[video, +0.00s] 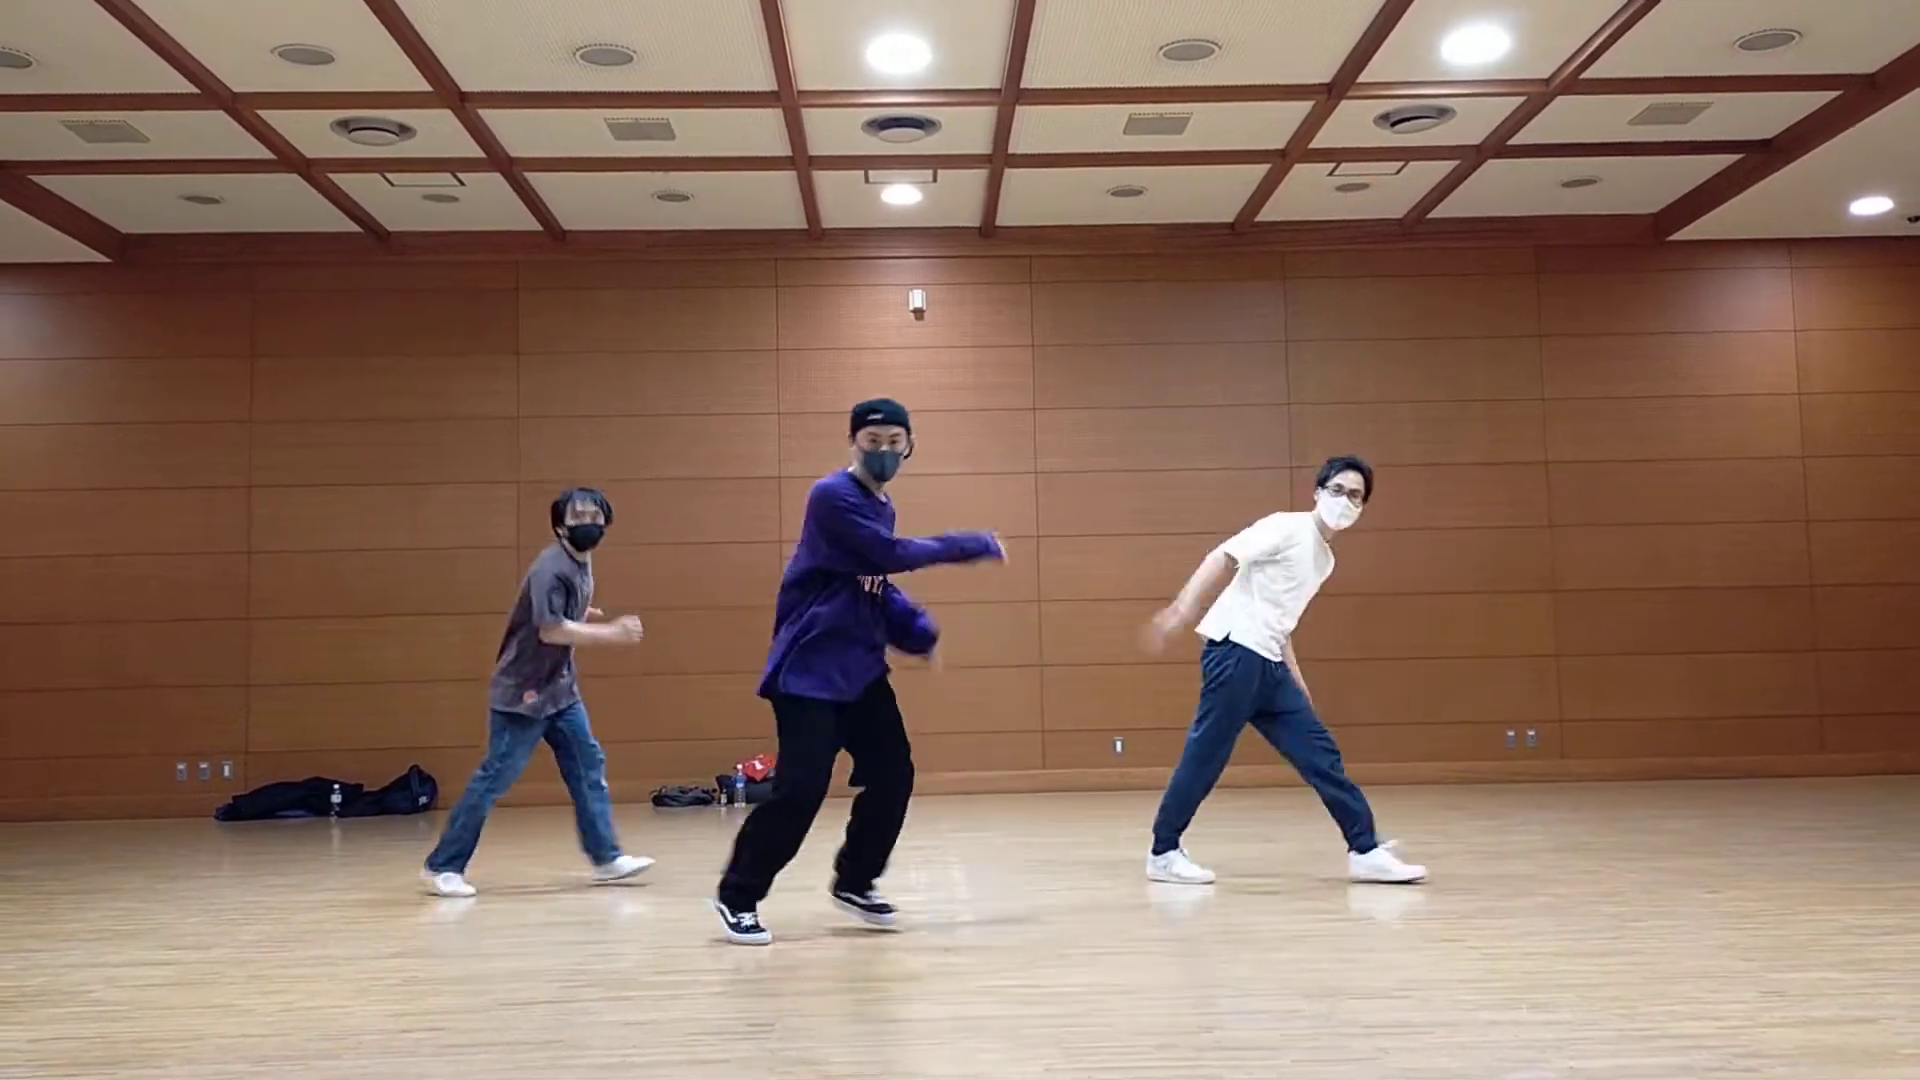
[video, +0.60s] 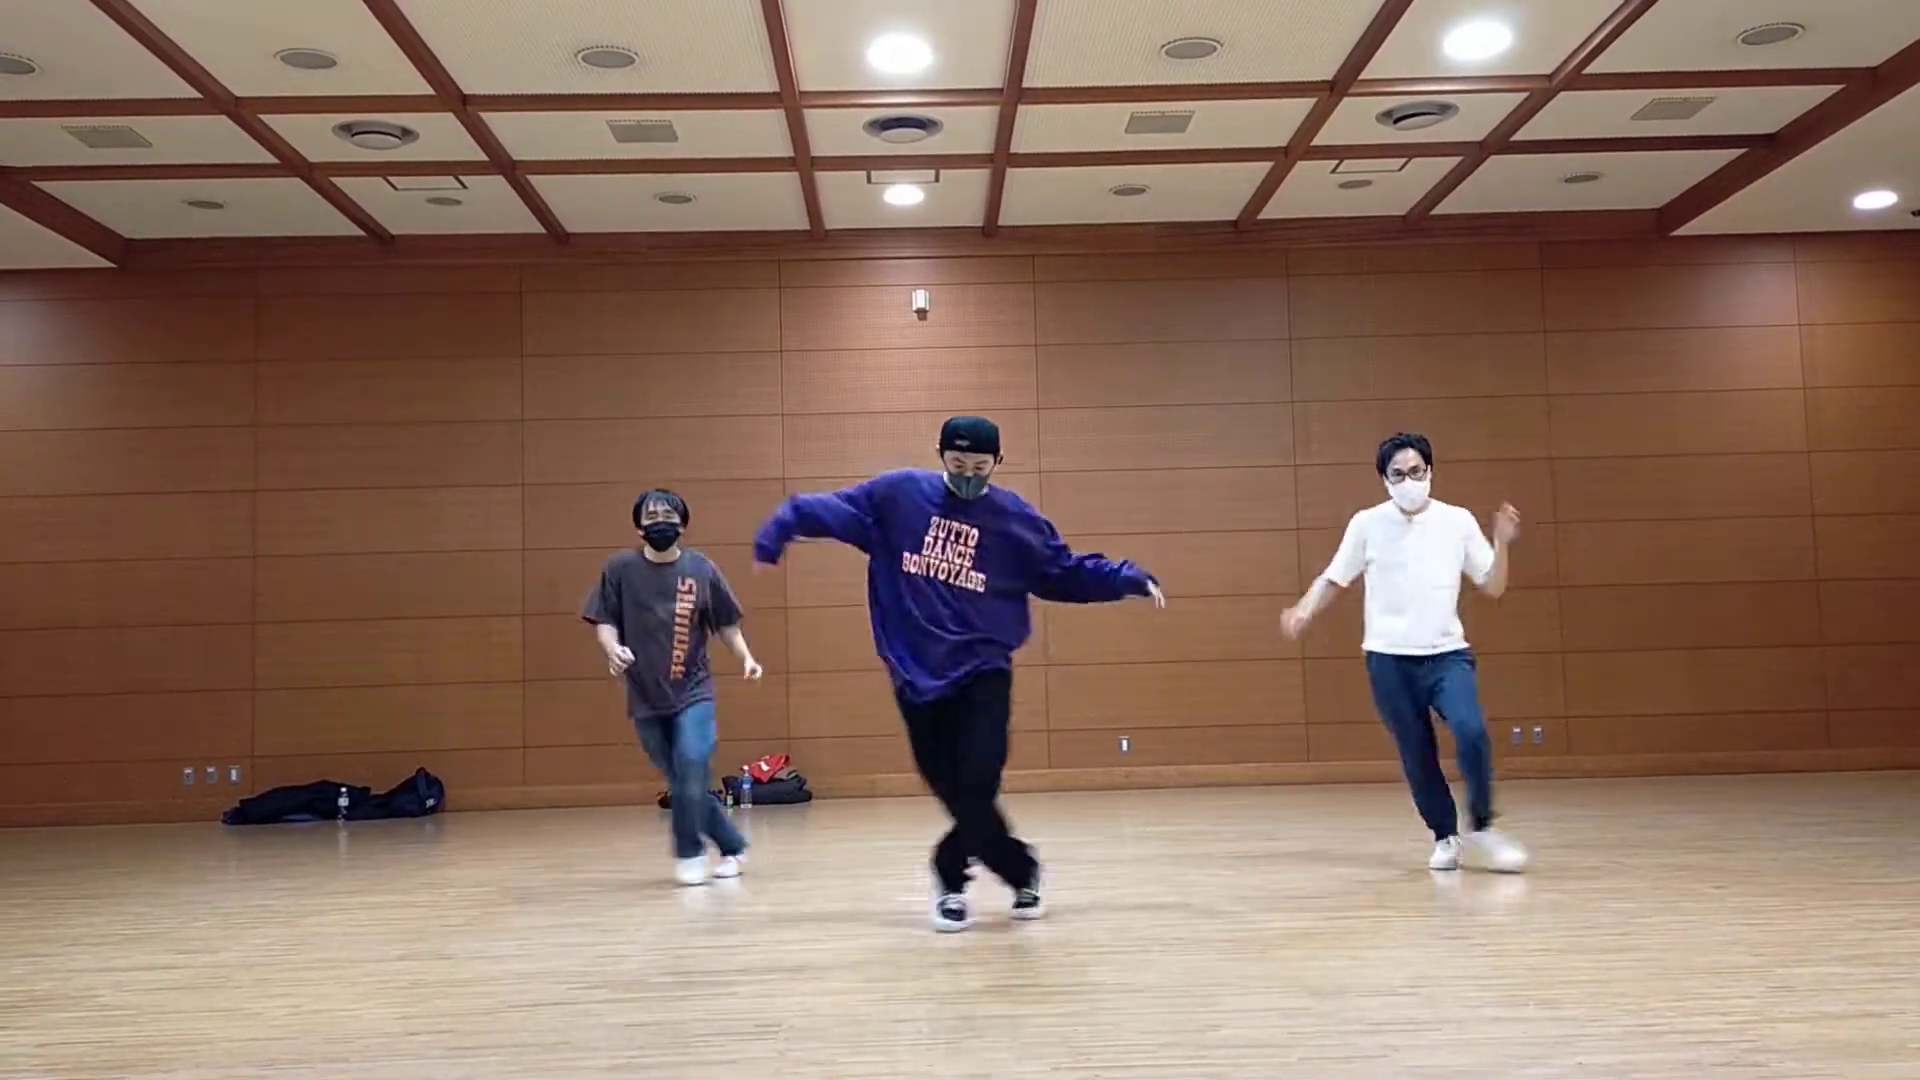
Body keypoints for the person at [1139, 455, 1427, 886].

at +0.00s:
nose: (1346, 502)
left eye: (1356, 497)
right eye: (1338, 491)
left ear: (1362, 509)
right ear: (1318, 493)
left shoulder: (1323, 561)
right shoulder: (1287, 527)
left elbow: (1280, 624)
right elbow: (1221, 558)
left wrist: (1295, 681)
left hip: (1270, 664)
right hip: (1235, 652)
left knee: (1319, 752)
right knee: (1206, 752)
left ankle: (1366, 851)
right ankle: (1163, 852)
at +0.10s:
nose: (1359, 494)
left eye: (1370, 489)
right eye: (1352, 484)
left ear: (1379, 502)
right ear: (1335, 488)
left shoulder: (1351, 557)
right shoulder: (1299, 518)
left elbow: (1309, 614)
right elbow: (1225, 535)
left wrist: (1307, 671)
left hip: (1289, 664)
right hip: (1253, 649)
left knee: (1334, 748)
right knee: (1219, 747)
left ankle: (1360, 854)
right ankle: (1167, 848)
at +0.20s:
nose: (1373, 474)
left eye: (1383, 468)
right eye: (1365, 464)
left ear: (1394, 479)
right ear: (1349, 469)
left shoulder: (1385, 536)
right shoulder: (1314, 501)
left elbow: (1357, 601)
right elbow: (1243, 510)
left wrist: (1343, 653)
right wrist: (1171, 514)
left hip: (1330, 652)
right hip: (1287, 639)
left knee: (1356, 744)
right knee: (1258, 738)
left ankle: (1363, 852)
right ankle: (1195, 831)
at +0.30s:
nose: (1384, 464)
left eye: (1393, 456)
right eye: (1375, 455)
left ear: (1406, 463)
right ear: (1359, 460)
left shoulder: (1409, 522)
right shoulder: (1327, 496)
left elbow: (1391, 593)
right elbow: (1255, 508)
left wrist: (1395, 651)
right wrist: (1181, 505)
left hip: (1366, 644)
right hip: (1317, 633)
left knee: (1376, 745)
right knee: (1319, 733)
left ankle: (1367, 851)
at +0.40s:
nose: (1394, 464)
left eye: (1403, 456)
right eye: (1384, 456)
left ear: (1417, 460)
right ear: (1370, 460)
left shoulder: (1427, 517)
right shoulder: (1343, 499)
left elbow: (1424, 589)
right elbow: (1281, 527)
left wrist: (1460, 636)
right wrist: (1211, 524)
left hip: (1395, 641)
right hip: (1346, 635)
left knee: (1398, 745)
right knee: (1362, 744)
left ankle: (1374, 847)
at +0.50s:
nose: (1404, 474)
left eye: (1413, 465)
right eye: (1394, 466)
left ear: (1426, 468)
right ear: (1380, 470)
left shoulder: (1442, 522)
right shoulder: (1355, 511)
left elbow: (1456, 589)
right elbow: (1305, 557)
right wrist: (1250, 564)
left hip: (1423, 644)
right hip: (1367, 645)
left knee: (1444, 728)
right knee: (1401, 748)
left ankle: (1414, 833)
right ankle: (1439, 832)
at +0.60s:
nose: (1411, 480)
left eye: (1418, 472)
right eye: (1400, 474)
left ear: (1430, 474)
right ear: (1385, 481)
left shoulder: (1458, 522)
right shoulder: (1366, 525)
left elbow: (1492, 586)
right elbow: (1332, 578)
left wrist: (1502, 544)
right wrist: (1305, 608)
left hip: (1446, 654)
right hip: (1389, 658)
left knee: (1472, 729)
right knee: (1417, 755)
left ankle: (1480, 830)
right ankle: (1444, 837)